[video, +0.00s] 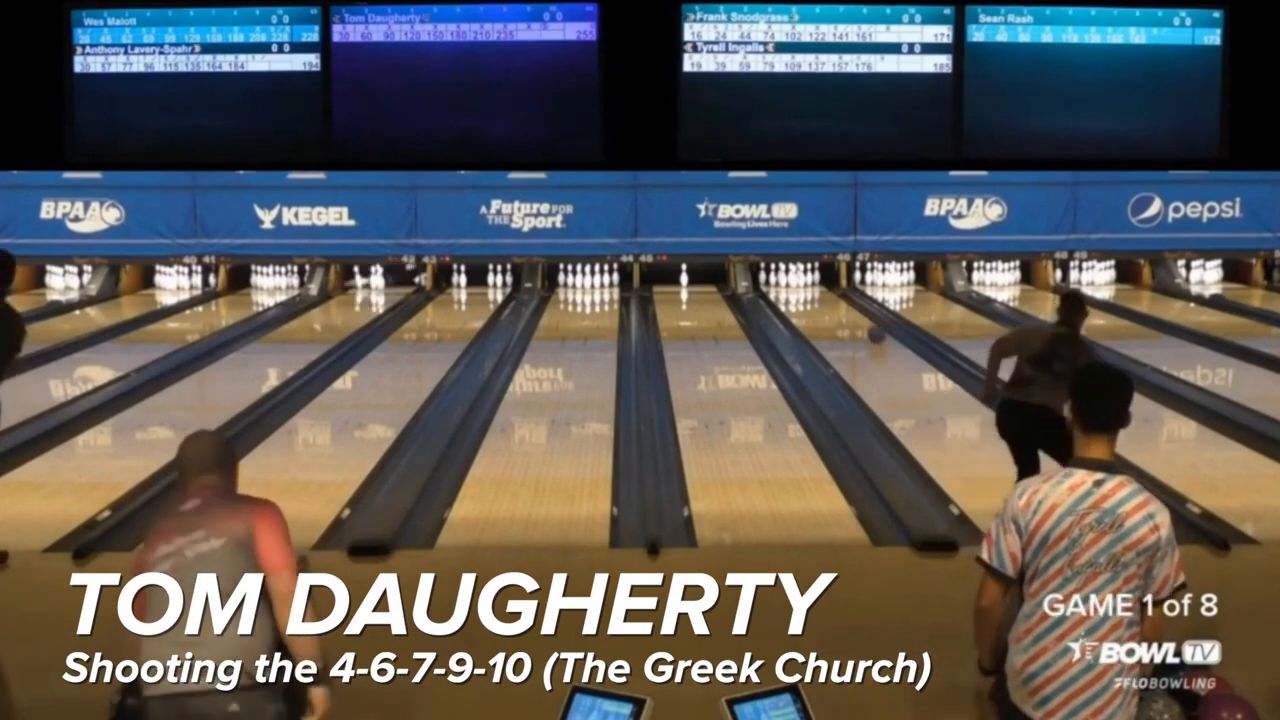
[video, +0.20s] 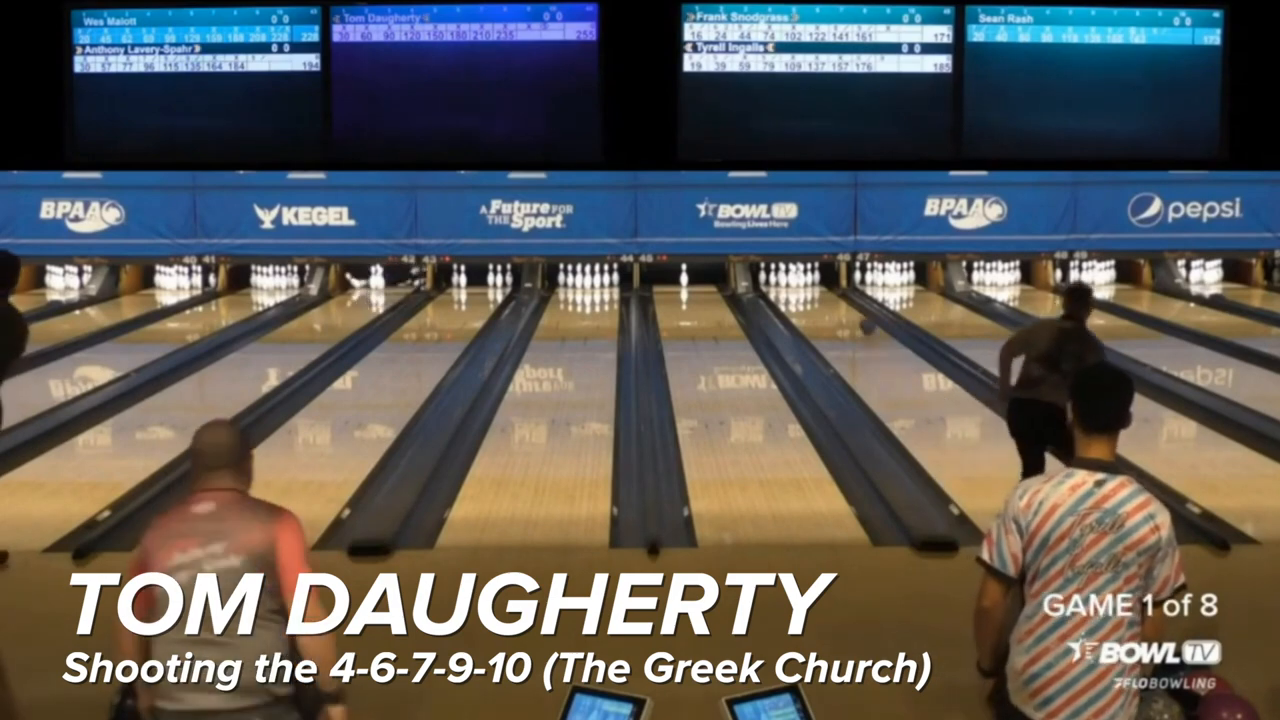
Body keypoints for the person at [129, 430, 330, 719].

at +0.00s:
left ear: (182, 475)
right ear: (232, 468)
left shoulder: (158, 534)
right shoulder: (259, 515)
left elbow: (139, 612)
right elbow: (289, 603)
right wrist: (314, 676)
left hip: (165, 699)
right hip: (244, 696)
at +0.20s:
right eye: (249, 460)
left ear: (194, 466)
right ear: (247, 464)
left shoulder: (159, 530)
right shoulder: (277, 523)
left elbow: (132, 616)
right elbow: (308, 619)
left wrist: (135, 689)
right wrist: (332, 696)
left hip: (174, 704)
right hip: (260, 703)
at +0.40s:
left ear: (211, 466)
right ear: (267, 467)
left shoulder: (165, 536)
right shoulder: (299, 536)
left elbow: (133, 631)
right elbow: (326, 633)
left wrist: (132, 702)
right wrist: (348, 701)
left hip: (188, 707)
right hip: (278, 706)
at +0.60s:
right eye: (290, 471)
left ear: (227, 472)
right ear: (284, 477)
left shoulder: (169, 544)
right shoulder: (317, 550)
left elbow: (137, 663)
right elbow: (355, 667)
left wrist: (126, 714)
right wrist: (373, 706)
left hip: (194, 710)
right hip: (288, 710)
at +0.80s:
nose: (281, 483)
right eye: (280, 477)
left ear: (217, 480)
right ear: (274, 484)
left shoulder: (164, 549)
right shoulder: (310, 561)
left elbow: (132, 659)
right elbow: (344, 680)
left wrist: (120, 715)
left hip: (184, 711)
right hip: (277, 711)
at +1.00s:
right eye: (250, 482)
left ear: (188, 485)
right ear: (245, 492)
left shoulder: (136, 557)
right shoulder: (279, 573)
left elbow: (124, 665)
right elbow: (305, 685)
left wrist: (134, 713)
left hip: (157, 712)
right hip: (248, 713)